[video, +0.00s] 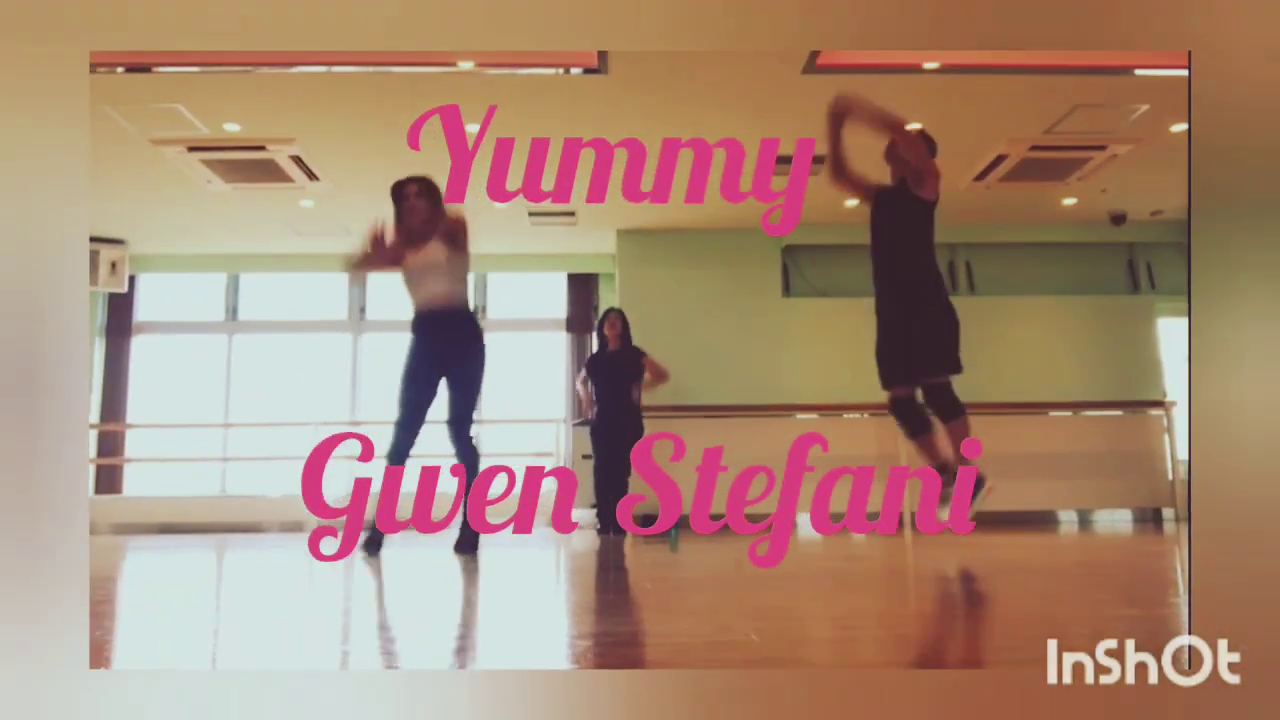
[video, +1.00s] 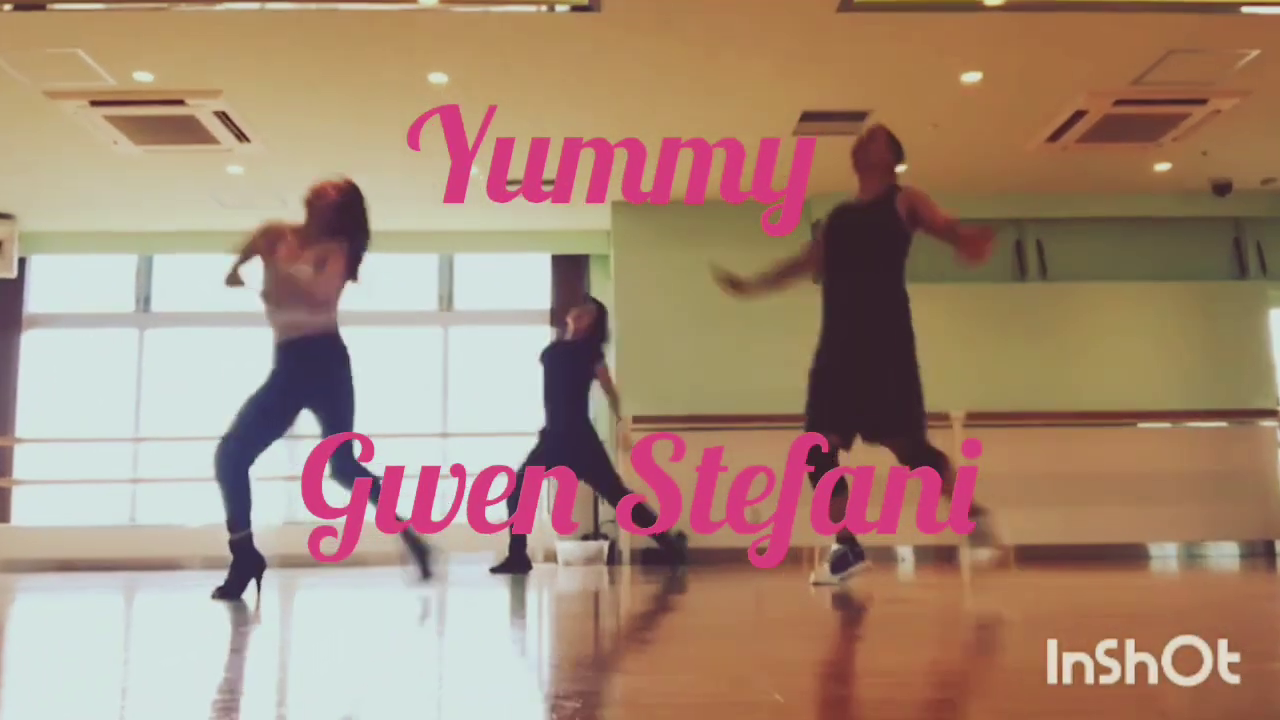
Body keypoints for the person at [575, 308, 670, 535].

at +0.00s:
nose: (614, 326)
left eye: (618, 323)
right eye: (610, 323)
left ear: (625, 327)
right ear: (602, 328)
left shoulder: (635, 354)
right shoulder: (595, 359)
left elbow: (661, 375)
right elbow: (580, 382)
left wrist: (642, 388)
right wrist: (588, 403)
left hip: (628, 418)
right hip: (603, 418)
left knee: (621, 472)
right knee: (603, 471)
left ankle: (619, 522)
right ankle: (604, 524)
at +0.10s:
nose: (614, 308)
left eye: (618, 304)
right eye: (610, 304)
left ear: (626, 308)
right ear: (603, 309)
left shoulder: (634, 333)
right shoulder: (596, 341)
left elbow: (656, 336)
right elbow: (582, 369)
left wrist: (647, 332)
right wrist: (582, 358)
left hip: (638, 403)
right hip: (614, 404)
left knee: (630, 462)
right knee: (612, 461)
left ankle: (622, 517)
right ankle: (608, 518)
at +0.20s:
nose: (620, 299)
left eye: (624, 294)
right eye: (615, 295)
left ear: (631, 299)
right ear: (607, 300)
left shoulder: (637, 322)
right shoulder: (602, 324)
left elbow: (645, 292)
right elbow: (576, 319)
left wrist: (631, 288)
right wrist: (583, 296)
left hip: (643, 392)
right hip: (620, 394)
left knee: (643, 454)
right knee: (627, 455)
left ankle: (648, 512)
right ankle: (633, 511)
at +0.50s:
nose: (617, 314)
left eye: (623, 309)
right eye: (616, 310)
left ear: (632, 314)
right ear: (617, 317)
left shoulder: (634, 339)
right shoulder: (621, 339)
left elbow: (622, 311)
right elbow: (606, 317)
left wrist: (623, 292)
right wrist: (618, 290)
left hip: (653, 413)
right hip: (639, 412)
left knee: (656, 473)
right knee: (634, 475)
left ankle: (683, 526)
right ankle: (671, 522)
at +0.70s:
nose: (615, 304)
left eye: (622, 300)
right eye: (618, 299)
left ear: (634, 308)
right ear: (633, 310)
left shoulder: (631, 338)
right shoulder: (621, 339)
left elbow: (627, 365)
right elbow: (606, 365)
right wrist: (592, 379)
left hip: (629, 419)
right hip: (639, 417)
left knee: (589, 473)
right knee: (658, 479)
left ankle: (593, 535)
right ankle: (687, 535)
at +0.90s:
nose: (593, 327)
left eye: (601, 324)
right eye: (595, 323)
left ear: (613, 333)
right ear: (595, 328)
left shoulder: (607, 360)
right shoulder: (583, 360)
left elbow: (629, 390)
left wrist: (655, 413)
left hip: (601, 448)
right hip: (581, 448)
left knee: (636, 502)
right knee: (536, 489)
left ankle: (689, 547)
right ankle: (520, 554)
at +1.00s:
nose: (576, 317)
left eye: (584, 315)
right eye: (575, 312)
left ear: (593, 325)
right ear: (569, 316)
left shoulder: (590, 351)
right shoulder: (553, 350)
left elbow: (609, 388)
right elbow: (556, 391)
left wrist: (619, 419)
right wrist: (552, 423)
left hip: (579, 437)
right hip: (553, 437)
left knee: (615, 494)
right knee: (517, 488)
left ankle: (668, 542)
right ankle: (517, 555)